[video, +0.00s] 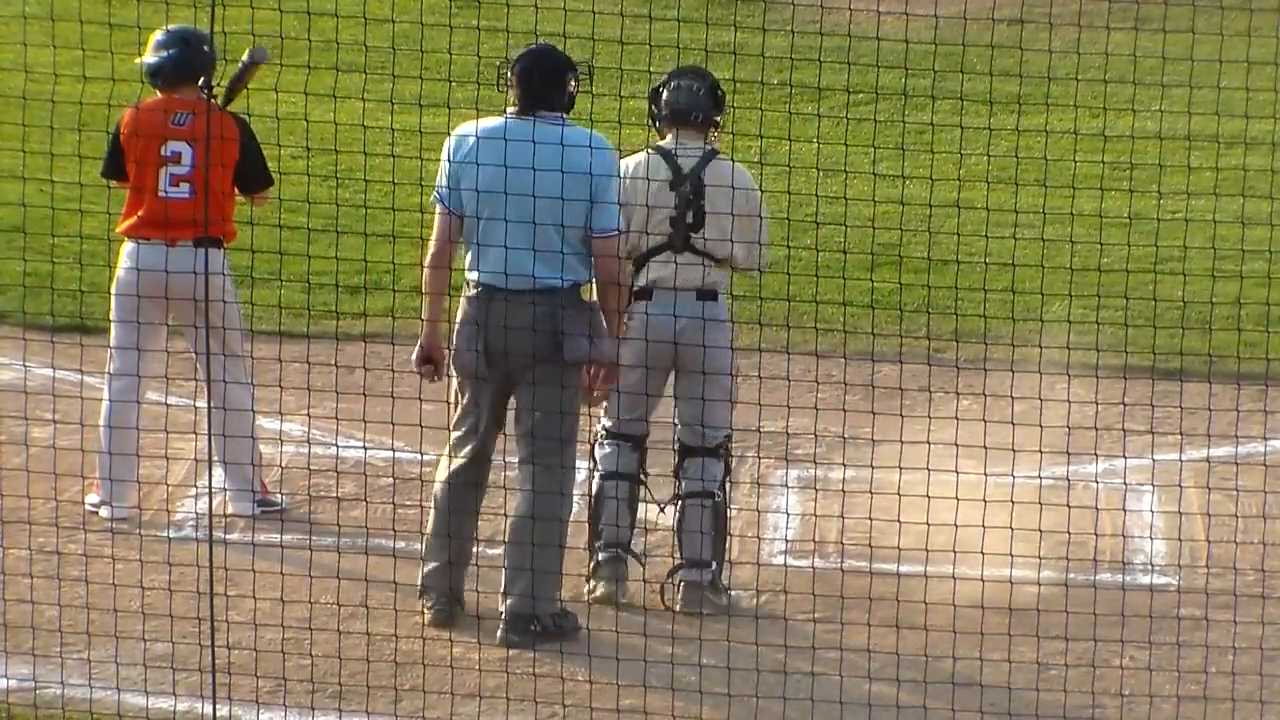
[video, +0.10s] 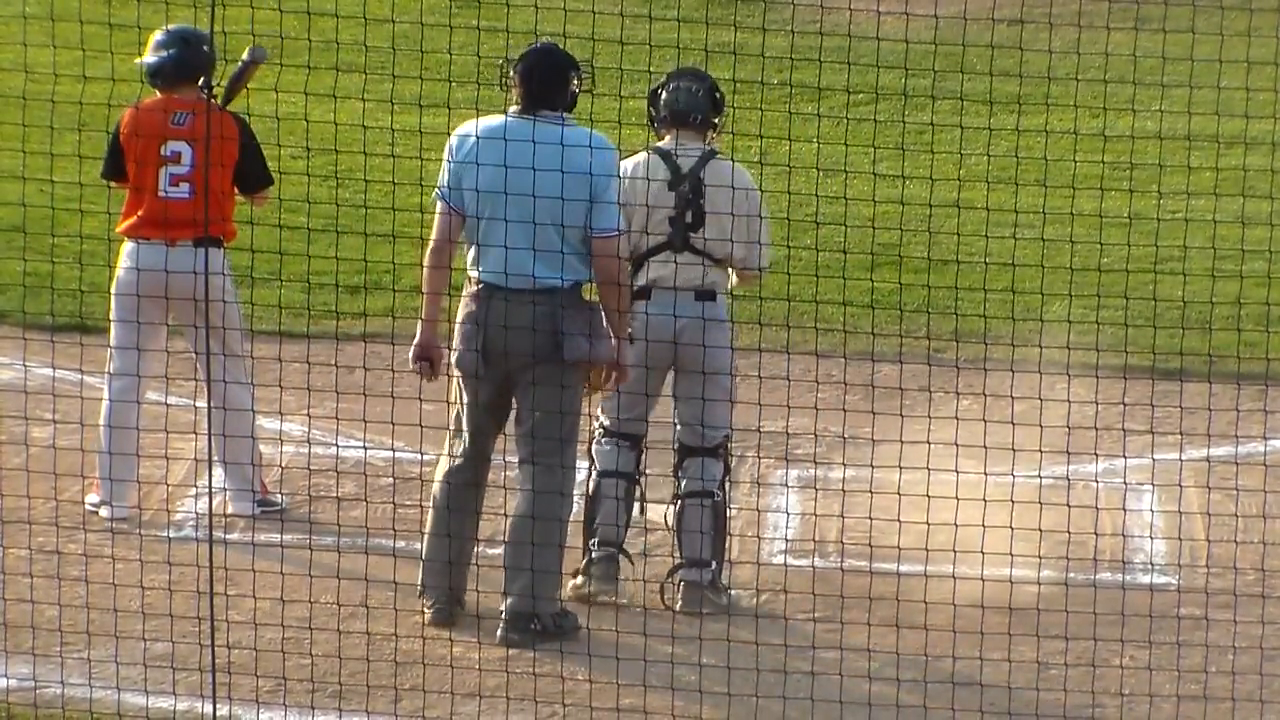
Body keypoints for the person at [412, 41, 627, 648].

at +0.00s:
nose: (574, 98)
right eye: (574, 91)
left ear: (511, 92)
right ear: (567, 94)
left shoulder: (467, 141)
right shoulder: (594, 151)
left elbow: (440, 249)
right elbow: (607, 259)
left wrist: (432, 328)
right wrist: (613, 338)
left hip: (482, 316)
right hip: (559, 321)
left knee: (465, 450)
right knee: (548, 464)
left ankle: (441, 591)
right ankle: (529, 609)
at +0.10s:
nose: (576, 97)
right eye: (575, 89)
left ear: (515, 89)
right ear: (570, 93)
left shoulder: (470, 139)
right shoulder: (594, 149)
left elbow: (440, 246)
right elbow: (607, 261)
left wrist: (429, 324)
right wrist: (619, 336)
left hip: (483, 318)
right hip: (560, 322)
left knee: (463, 454)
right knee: (548, 464)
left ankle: (441, 594)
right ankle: (530, 608)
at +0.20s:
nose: (577, 97)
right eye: (577, 89)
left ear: (517, 89)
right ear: (572, 94)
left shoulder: (472, 139)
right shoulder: (597, 151)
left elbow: (439, 246)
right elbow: (607, 261)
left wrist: (430, 324)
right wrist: (618, 341)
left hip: (484, 318)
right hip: (559, 322)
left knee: (463, 453)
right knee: (547, 463)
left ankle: (441, 593)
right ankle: (529, 607)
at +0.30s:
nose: (580, 97)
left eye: (574, 88)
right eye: (579, 89)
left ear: (517, 89)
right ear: (573, 93)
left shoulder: (474, 138)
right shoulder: (598, 151)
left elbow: (440, 243)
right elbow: (606, 261)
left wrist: (432, 318)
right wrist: (619, 341)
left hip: (485, 315)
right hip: (560, 321)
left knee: (463, 453)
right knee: (548, 463)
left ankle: (441, 593)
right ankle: (529, 608)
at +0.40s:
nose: (570, 99)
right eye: (574, 91)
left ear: (519, 90)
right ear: (573, 93)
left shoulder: (475, 138)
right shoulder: (598, 149)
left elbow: (442, 243)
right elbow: (607, 257)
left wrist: (440, 308)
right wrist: (618, 336)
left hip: (485, 316)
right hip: (560, 321)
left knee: (463, 454)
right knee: (547, 461)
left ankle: (441, 593)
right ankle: (529, 608)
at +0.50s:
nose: (576, 102)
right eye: (578, 93)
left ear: (521, 95)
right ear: (575, 98)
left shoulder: (476, 142)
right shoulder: (599, 155)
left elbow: (446, 248)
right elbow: (608, 263)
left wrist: (449, 310)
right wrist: (615, 341)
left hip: (486, 319)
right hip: (562, 325)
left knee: (463, 456)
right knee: (549, 464)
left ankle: (442, 595)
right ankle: (529, 609)